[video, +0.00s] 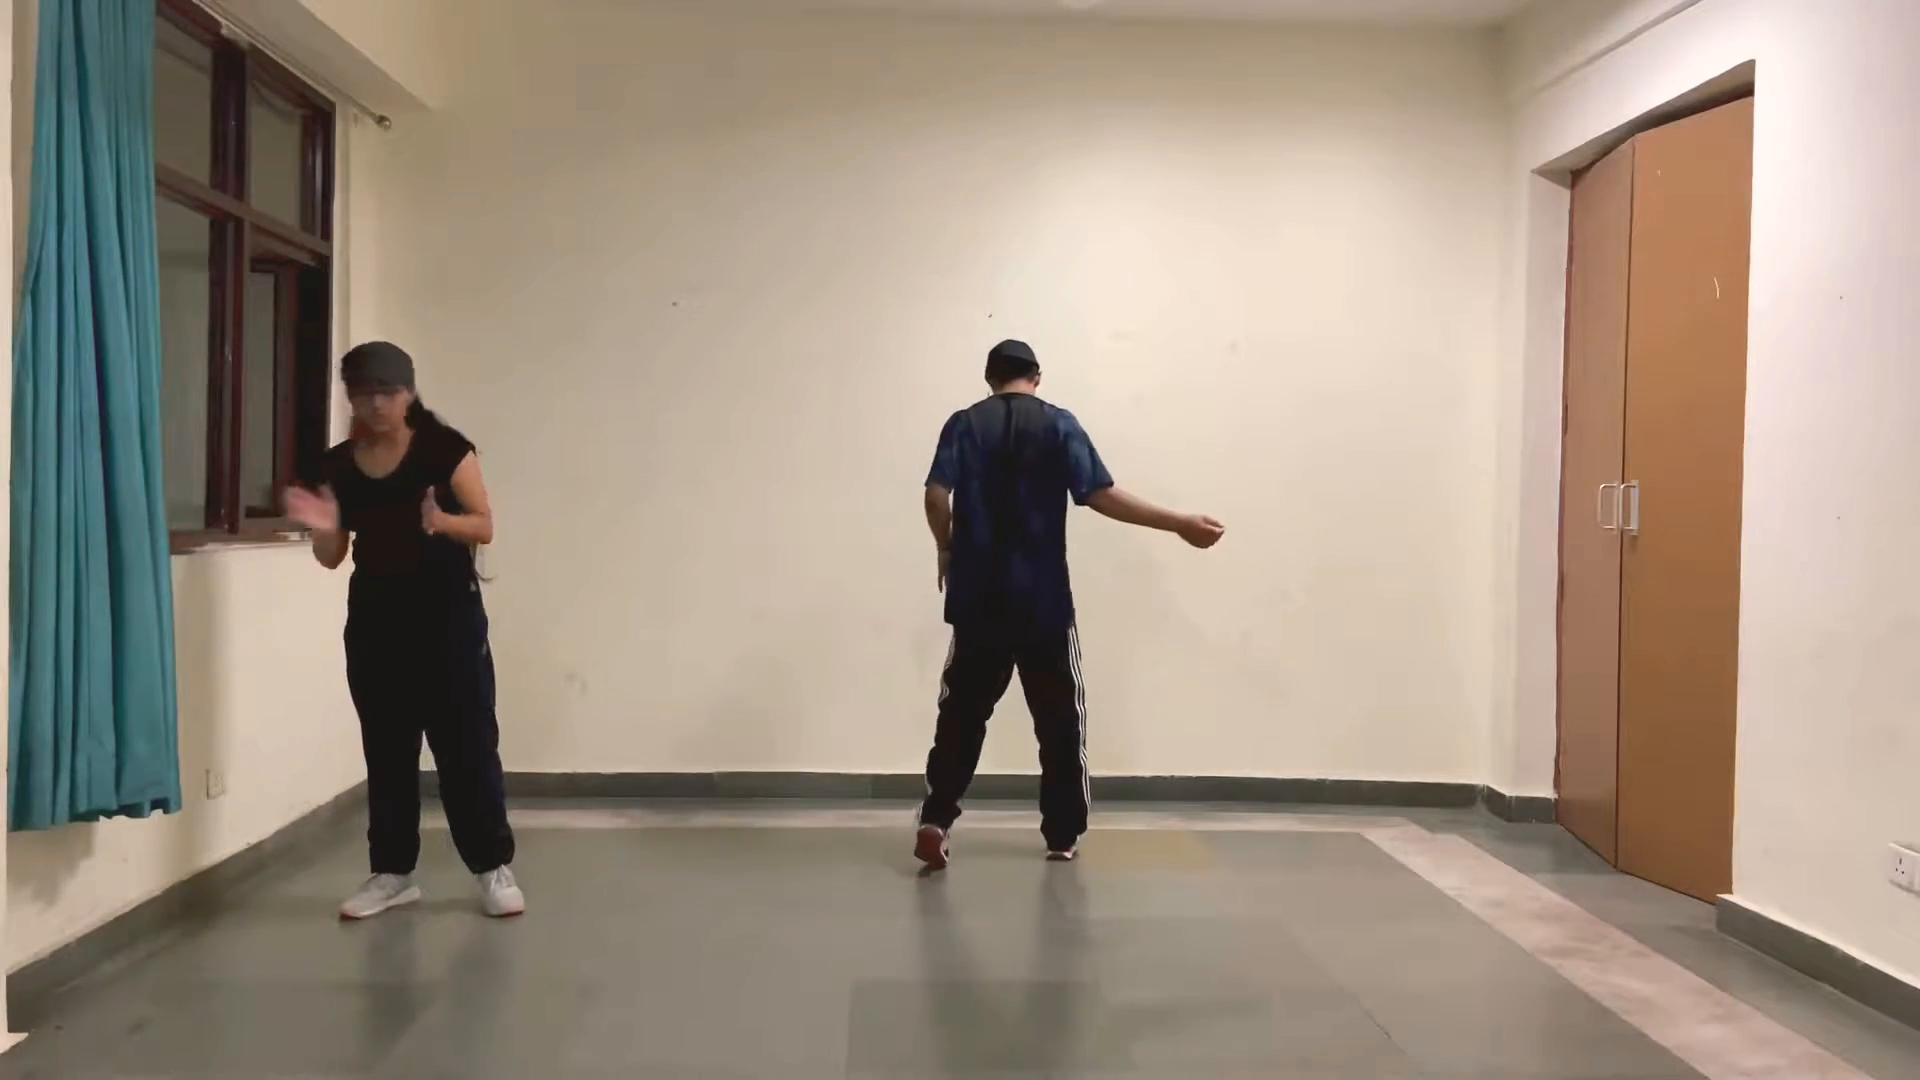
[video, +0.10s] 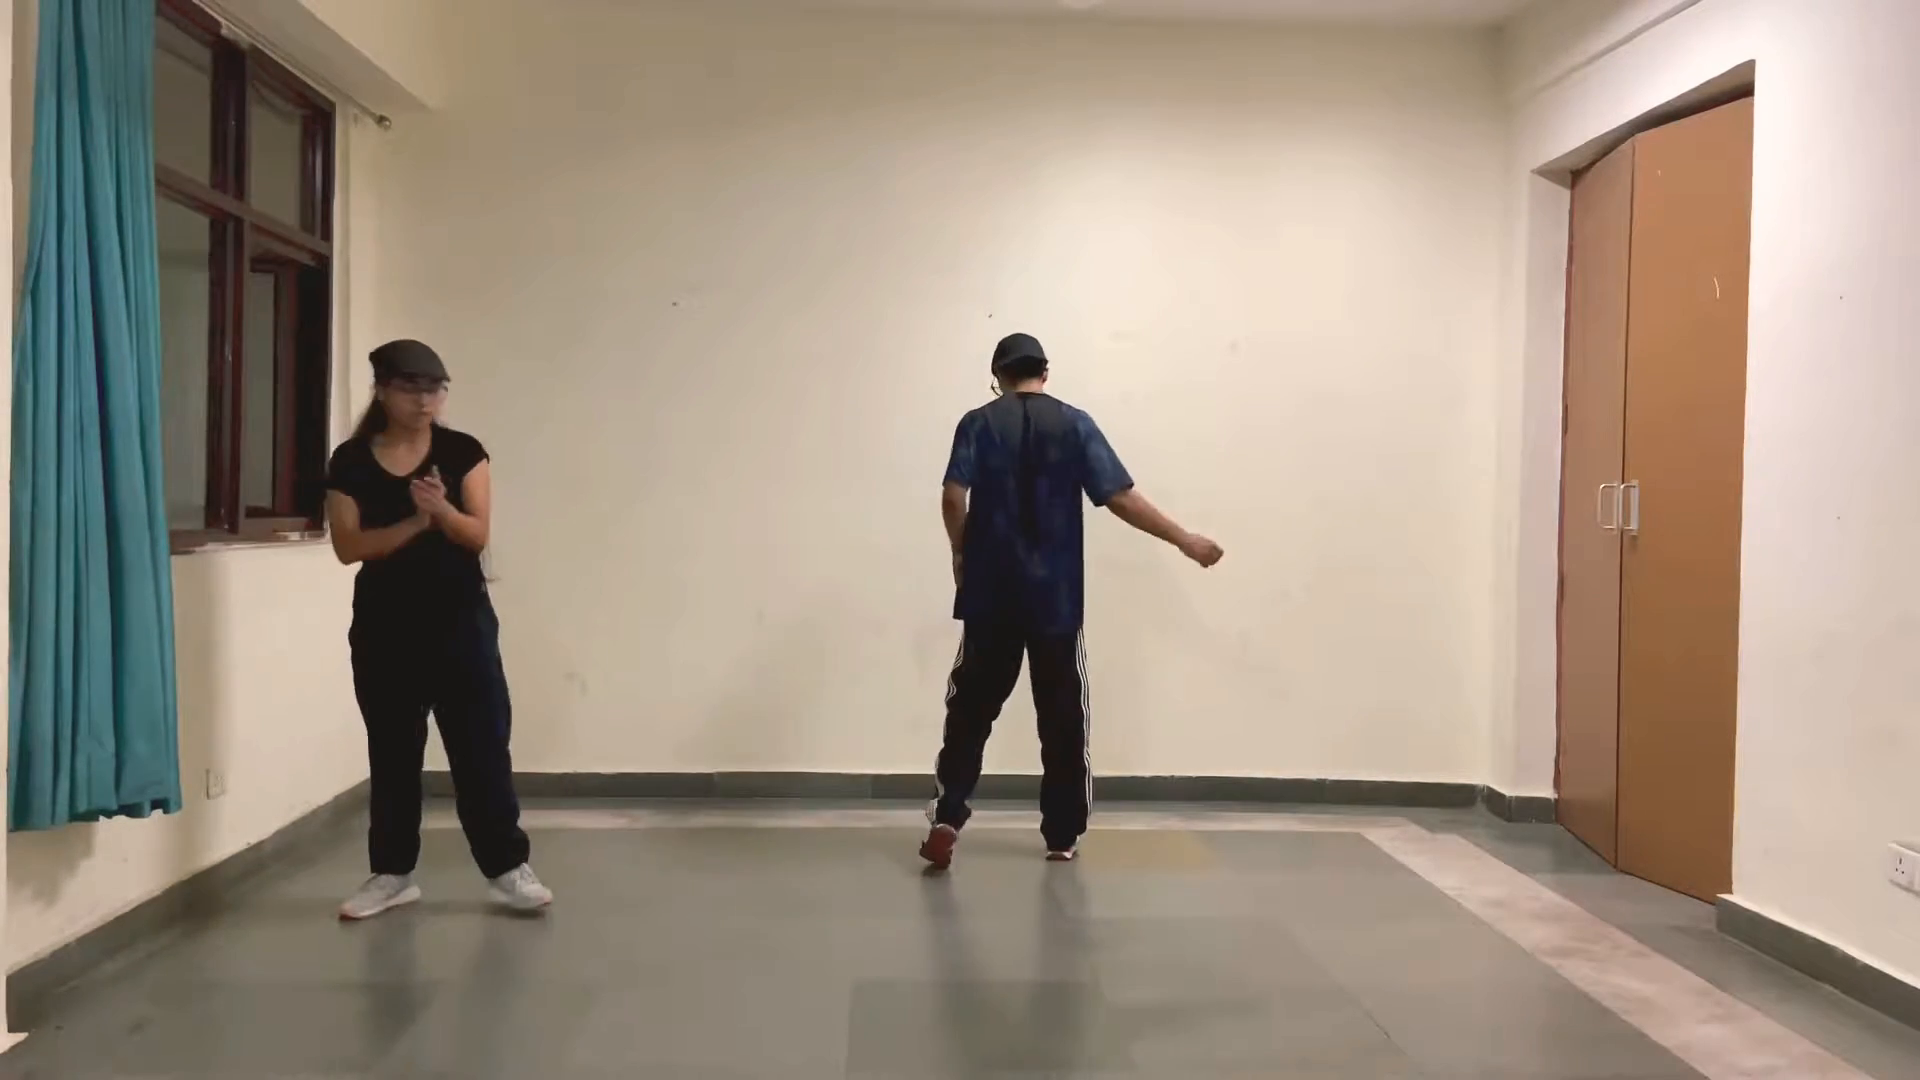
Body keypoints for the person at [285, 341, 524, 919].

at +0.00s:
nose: (378, 404)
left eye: (389, 392)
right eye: (366, 394)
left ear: (410, 393)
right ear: (350, 399)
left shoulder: (445, 448)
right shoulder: (340, 466)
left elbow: (483, 528)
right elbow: (329, 557)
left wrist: (443, 521)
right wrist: (327, 525)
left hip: (448, 622)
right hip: (377, 624)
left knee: (468, 748)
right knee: (387, 753)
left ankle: (494, 868)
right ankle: (392, 874)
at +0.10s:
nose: (426, 398)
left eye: (434, 387)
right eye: (412, 387)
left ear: (443, 393)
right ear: (382, 391)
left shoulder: (462, 451)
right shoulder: (351, 461)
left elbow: (478, 535)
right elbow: (348, 547)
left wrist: (442, 510)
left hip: (460, 624)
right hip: (385, 628)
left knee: (482, 749)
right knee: (392, 757)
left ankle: (508, 869)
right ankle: (394, 874)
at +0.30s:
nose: (501, 404)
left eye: (506, 394)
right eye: (489, 392)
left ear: (505, 399)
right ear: (453, 391)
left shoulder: (508, 462)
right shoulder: (406, 457)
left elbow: (533, 542)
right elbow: (379, 544)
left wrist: (509, 549)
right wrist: (467, 557)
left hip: (497, 631)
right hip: (423, 630)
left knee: (504, 753)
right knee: (413, 756)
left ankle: (527, 876)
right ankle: (392, 873)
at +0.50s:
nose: (567, 406)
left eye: (570, 396)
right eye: (555, 394)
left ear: (566, 402)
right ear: (517, 395)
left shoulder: (558, 464)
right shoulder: (473, 462)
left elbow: (570, 535)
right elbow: (438, 551)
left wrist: (587, 581)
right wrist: (509, 602)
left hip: (557, 635)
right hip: (492, 633)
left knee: (543, 765)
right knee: (460, 760)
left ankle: (531, 879)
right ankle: (394, 853)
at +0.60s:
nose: (592, 413)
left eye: (597, 404)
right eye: (581, 401)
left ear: (596, 409)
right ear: (546, 399)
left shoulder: (576, 462)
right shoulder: (499, 458)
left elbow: (568, 531)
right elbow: (466, 550)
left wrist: (609, 561)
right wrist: (543, 589)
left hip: (574, 627)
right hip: (517, 627)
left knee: (564, 755)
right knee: (518, 751)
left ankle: (533, 878)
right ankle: (422, 812)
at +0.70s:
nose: (614, 419)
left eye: (621, 409)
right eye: (603, 407)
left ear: (623, 411)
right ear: (567, 401)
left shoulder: (595, 461)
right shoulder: (518, 460)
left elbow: (582, 541)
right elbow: (494, 553)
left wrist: (640, 535)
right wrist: (565, 543)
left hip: (588, 619)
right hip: (536, 623)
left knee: (588, 749)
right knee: (571, 746)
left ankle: (535, 877)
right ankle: (474, 804)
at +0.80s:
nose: (631, 414)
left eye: (637, 405)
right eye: (620, 402)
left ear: (640, 408)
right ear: (585, 398)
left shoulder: (614, 459)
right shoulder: (539, 454)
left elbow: (611, 540)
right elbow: (521, 551)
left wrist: (668, 509)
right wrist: (580, 506)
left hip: (601, 617)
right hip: (550, 619)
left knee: (570, 736)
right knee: (615, 733)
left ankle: (534, 866)